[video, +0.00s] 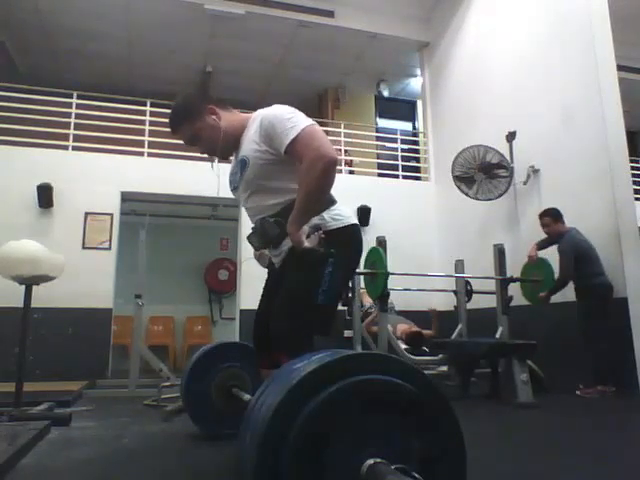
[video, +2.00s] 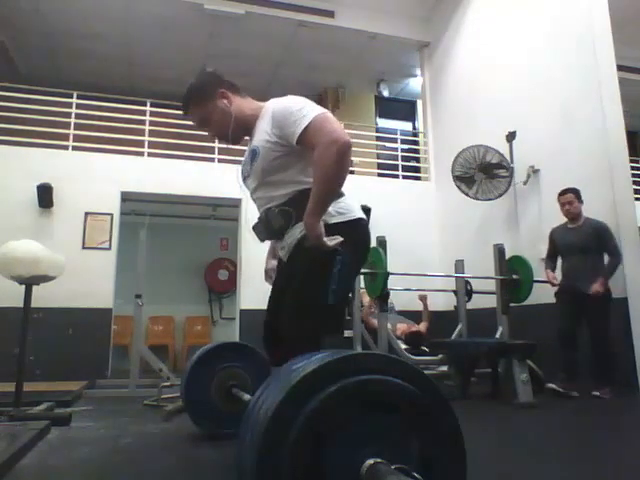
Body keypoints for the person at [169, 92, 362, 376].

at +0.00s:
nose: (200, 150)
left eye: (196, 139)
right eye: (192, 146)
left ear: (213, 115)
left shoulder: (272, 117)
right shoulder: (238, 168)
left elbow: (322, 158)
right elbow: (270, 212)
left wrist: (295, 225)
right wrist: (264, 245)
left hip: (326, 238)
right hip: (293, 252)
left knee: (292, 334)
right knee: (265, 337)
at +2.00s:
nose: (211, 135)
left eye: (206, 122)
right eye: (203, 128)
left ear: (225, 98)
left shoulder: (281, 109)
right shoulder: (252, 159)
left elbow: (335, 142)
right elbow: (286, 202)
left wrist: (312, 219)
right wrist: (275, 249)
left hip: (330, 230)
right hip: (300, 242)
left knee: (301, 333)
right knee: (278, 334)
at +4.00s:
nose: (202, 160)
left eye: (196, 151)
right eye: (194, 157)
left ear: (209, 125)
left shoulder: (267, 121)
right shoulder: (241, 173)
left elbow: (321, 156)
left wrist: (287, 223)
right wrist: (265, 235)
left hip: (330, 240)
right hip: (296, 255)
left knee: (299, 337)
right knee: (270, 340)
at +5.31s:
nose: (198, 161)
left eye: (194, 151)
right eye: (191, 157)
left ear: (210, 127)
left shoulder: (272, 130)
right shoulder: (241, 178)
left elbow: (276, 182)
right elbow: (236, 228)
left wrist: (263, 246)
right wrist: (223, 265)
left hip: (328, 245)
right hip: (296, 260)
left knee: (288, 337)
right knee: (258, 336)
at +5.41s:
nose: (200, 162)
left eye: (197, 151)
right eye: (193, 157)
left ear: (213, 126)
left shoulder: (272, 133)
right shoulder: (236, 175)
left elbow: (257, 174)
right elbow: (212, 219)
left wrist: (220, 216)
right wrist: (179, 262)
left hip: (330, 247)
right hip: (292, 263)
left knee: (290, 339)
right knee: (258, 338)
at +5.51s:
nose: (204, 157)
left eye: (201, 148)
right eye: (197, 154)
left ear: (215, 125)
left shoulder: (278, 134)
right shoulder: (241, 177)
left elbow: (227, 158)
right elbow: (204, 207)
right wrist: (150, 233)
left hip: (331, 250)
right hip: (294, 264)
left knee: (294, 342)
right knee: (257, 338)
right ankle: (283, 426)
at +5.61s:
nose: (208, 147)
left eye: (206, 140)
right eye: (201, 144)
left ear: (219, 123)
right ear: (213, 133)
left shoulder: (278, 134)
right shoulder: (238, 177)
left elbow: (210, 147)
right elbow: (188, 197)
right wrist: (131, 207)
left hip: (333, 251)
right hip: (296, 267)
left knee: (288, 346)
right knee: (257, 345)